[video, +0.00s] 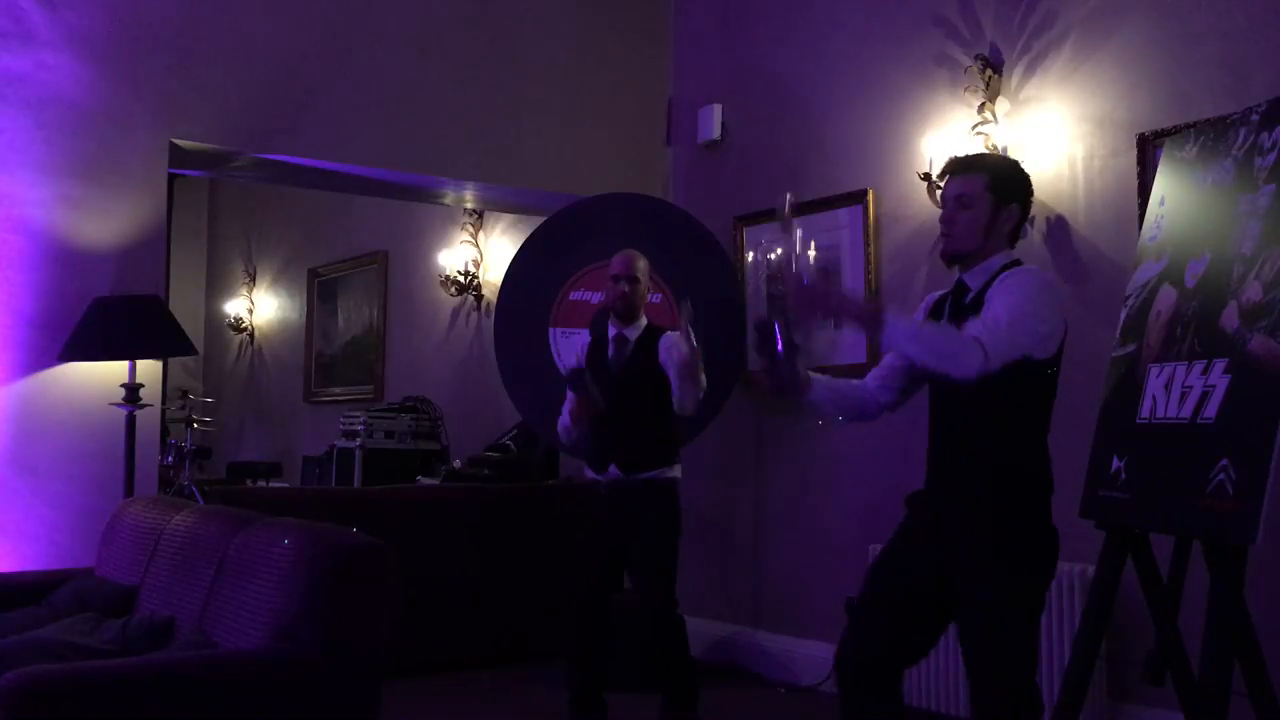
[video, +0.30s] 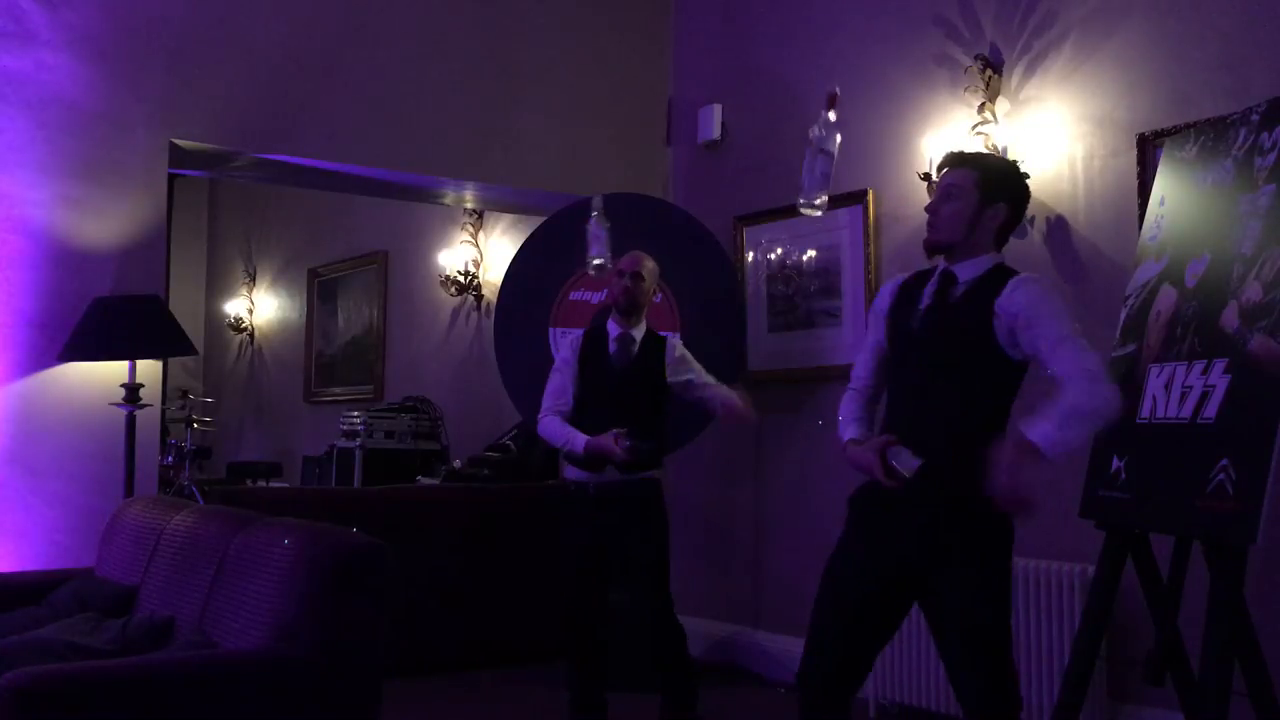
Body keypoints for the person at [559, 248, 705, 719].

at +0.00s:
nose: (621, 287)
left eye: (631, 280)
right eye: (615, 279)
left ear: (647, 289)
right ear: (605, 287)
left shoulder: (667, 343)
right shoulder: (592, 347)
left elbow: (689, 404)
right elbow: (569, 428)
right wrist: (573, 420)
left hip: (654, 489)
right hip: (601, 490)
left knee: (657, 601)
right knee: (594, 601)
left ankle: (677, 705)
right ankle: (589, 704)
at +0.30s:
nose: (627, 284)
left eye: (638, 278)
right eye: (621, 275)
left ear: (654, 292)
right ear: (609, 282)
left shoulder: (667, 350)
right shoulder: (577, 346)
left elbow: (711, 391)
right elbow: (547, 420)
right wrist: (588, 445)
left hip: (641, 494)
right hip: (585, 494)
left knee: (652, 607)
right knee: (585, 610)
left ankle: (678, 707)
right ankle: (587, 708)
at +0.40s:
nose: (628, 288)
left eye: (639, 282)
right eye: (623, 280)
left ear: (657, 296)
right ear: (612, 290)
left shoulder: (665, 359)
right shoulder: (578, 346)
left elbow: (693, 422)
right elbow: (548, 417)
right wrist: (598, 450)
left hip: (638, 495)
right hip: (582, 495)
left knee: (650, 607)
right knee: (583, 608)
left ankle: (675, 706)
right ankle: (585, 705)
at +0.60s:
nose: (646, 309)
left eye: (654, 304)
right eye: (639, 299)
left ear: (662, 316)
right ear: (621, 303)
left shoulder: (641, 365)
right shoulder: (592, 347)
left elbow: (623, 430)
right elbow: (565, 418)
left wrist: (633, 484)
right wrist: (603, 473)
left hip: (617, 491)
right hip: (574, 489)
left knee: (644, 592)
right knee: (580, 594)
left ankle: (663, 695)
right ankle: (569, 697)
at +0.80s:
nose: (642, 325)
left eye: (651, 319)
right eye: (635, 314)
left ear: (656, 329)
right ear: (617, 315)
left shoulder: (630, 376)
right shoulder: (585, 354)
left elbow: (608, 439)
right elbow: (543, 416)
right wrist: (564, 466)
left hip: (610, 504)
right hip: (568, 500)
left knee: (645, 598)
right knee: (568, 605)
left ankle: (658, 697)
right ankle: (560, 699)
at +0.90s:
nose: (625, 317)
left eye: (634, 310)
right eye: (619, 307)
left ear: (645, 320)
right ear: (605, 310)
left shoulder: (640, 380)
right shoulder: (570, 350)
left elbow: (625, 447)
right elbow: (514, 403)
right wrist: (545, 420)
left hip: (610, 501)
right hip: (557, 495)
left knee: (639, 599)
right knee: (566, 604)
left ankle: (654, 702)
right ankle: (562, 701)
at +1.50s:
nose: (555, 304)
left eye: (563, 295)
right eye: (550, 296)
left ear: (589, 293)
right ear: (549, 297)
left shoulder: (616, 348)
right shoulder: (556, 353)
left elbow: (624, 427)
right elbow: (553, 429)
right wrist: (523, 480)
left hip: (604, 490)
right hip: (562, 491)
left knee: (620, 599)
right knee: (563, 600)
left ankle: (653, 700)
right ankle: (574, 701)